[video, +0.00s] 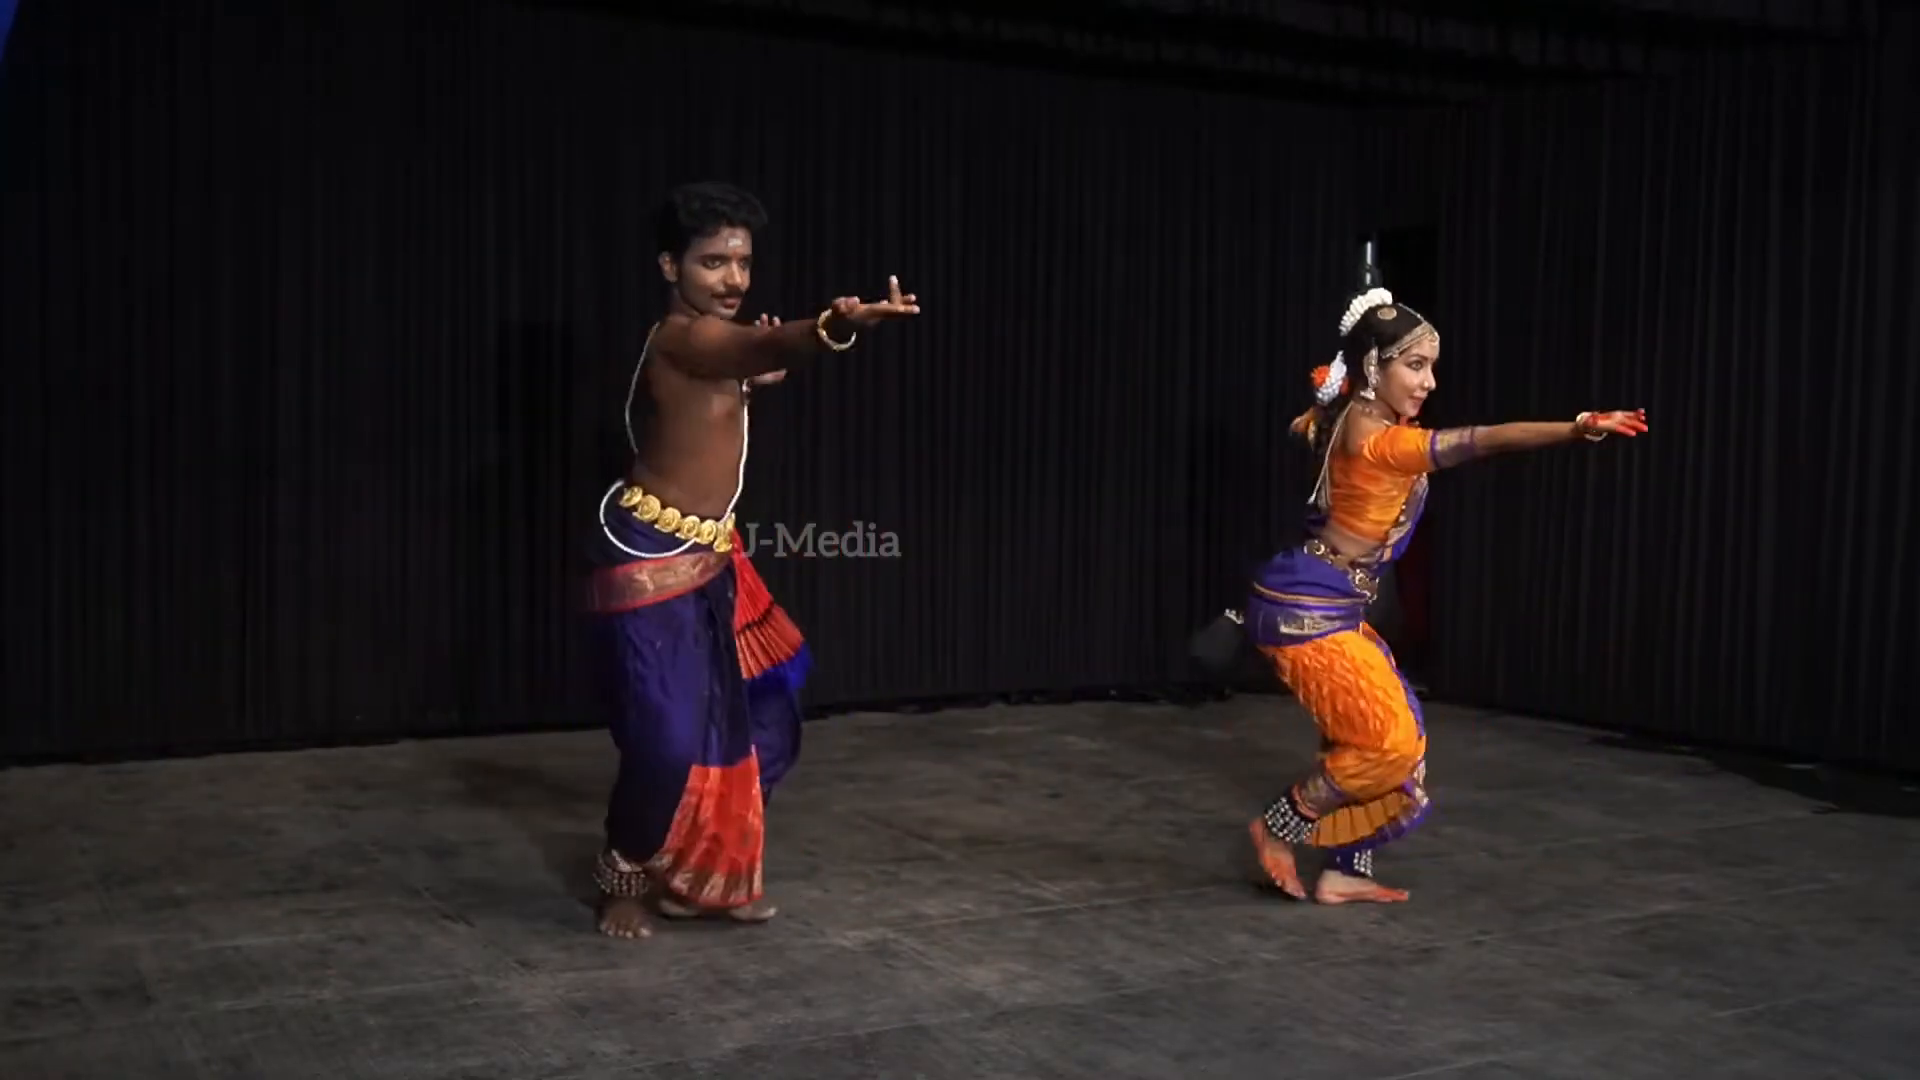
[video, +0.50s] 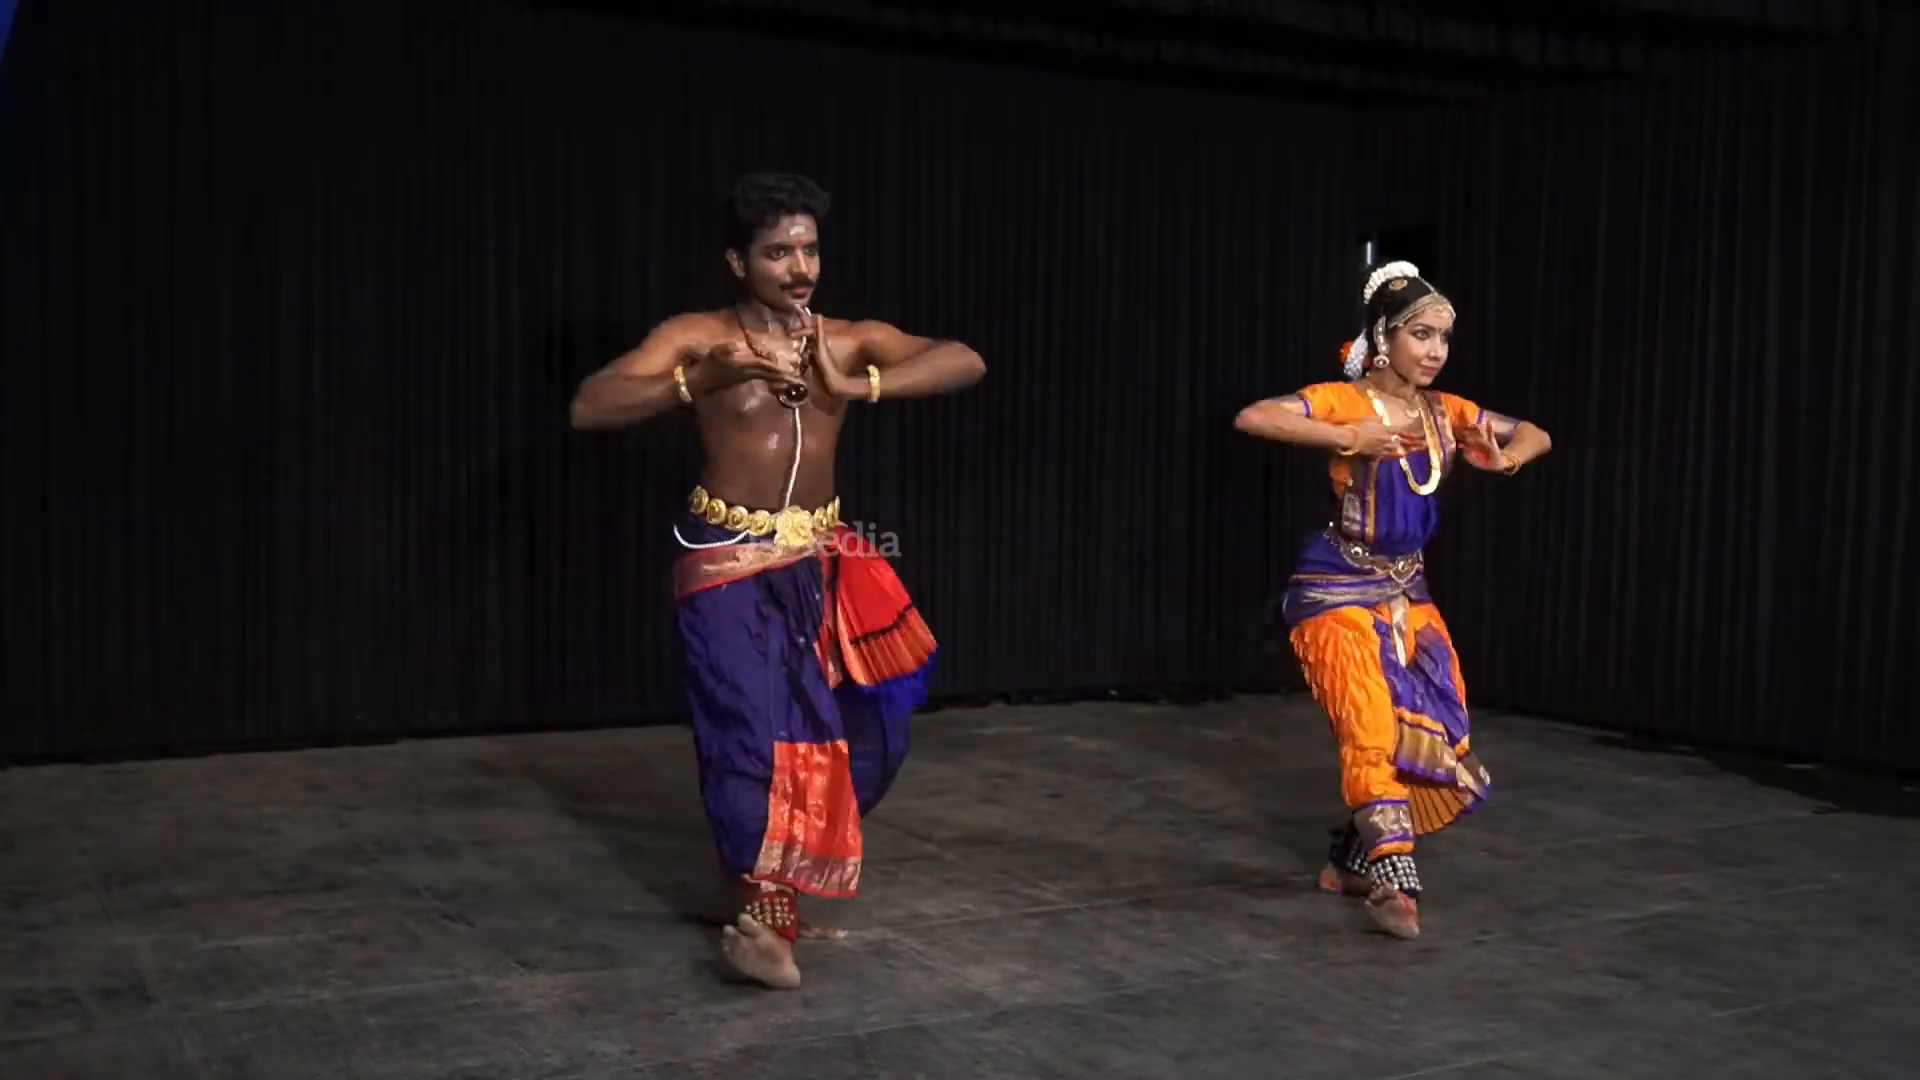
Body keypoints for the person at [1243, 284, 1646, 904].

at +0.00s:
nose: (1429, 380)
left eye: (1432, 367)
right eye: (1416, 365)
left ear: (1376, 369)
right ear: (1372, 369)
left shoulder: (1349, 414)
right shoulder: (1382, 442)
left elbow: (1305, 425)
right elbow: (1478, 440)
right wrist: (1575, 429)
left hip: (1330, 611)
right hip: (1309, 614)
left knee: (1400, 743)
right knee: (1391, 743)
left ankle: (1343, 872)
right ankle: (1277, 827)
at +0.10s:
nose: (1437, 384)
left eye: (1439, 370)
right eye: (1423, 369)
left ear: (1376, 378)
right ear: (1380, 374)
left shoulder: (1351, 421)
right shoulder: (1394, 446)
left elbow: (1320, 426)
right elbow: (1493, 441)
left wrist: (1341, 397)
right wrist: (1594, 434)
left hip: (1306, 601)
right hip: (1324, 609)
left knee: (1366, 721)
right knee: (1423, 708)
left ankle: (1345, 866)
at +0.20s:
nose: (1442, 380)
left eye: (1445, 366)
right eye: (1428, 365)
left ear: (1386, 370)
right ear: (1385, 371)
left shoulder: (1369, 421)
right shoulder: (1397, 441)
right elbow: (1495, 444)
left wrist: (1359, 386)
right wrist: (1595, 439)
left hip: (1323, 597)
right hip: (1334, 604)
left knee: (1377, 726)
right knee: (1413, 713)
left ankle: (1347, 870)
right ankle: (1426, 892)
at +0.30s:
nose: (1442, 367)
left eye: (1447, 353)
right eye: (1429, 352)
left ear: (1442, 353)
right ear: (1387, 358)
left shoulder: (1388, 411)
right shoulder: (1388, 426)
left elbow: (1411, 455)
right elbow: (1481, 450)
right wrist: (1576, 434)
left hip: (1350, 594)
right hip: (1336, 597)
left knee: (1395, 720)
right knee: (1408, 718)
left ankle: (1349, 868)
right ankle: (1423, 889)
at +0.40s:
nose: (1440, 354)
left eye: (1446, 340)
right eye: (1425, 338)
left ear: (1448, 347)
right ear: (1385, 344)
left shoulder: (1437, 409)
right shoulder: (1367, 408)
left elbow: (1485, 450)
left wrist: (1496, 441)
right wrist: (1487, 429)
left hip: (1384, 595)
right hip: (1331, 589)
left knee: (1443, 739)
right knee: (1385, 716)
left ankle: (1349, 854)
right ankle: (1411, 874)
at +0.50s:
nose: (1438, 352)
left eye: (1445, 338)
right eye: (1424, 336)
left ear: (1448, 343)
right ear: (1384, 339)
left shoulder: (1444, 409)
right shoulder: (1346, 401)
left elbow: (1535, 434)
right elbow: (1252, 418)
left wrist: (1507, 458)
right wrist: (1351, 438)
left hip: (1408, 594)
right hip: (1336, 591)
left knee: (1440, 731)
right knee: (1369, 723)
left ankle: (1353, 858)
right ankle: (1394, 880)